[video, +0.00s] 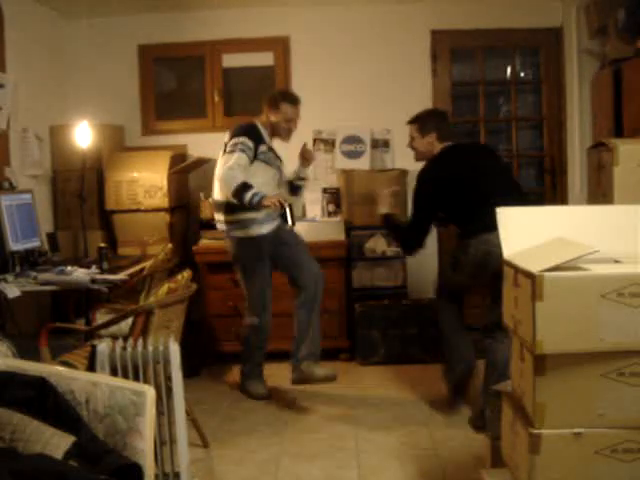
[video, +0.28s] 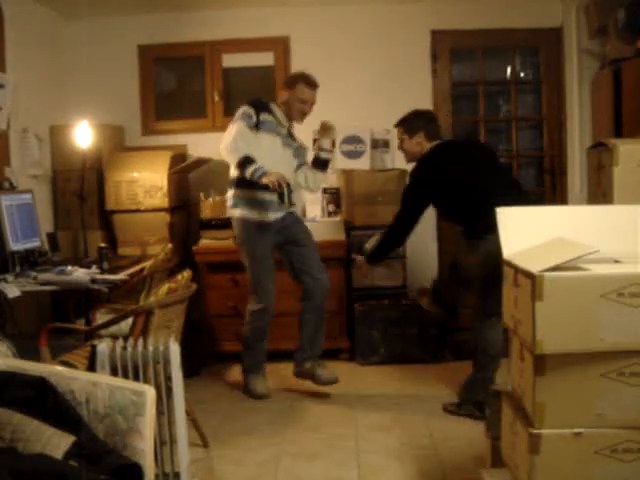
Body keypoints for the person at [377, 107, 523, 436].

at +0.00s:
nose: (411, 147)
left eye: (414, 140)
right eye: (410, 140)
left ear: (432, 138)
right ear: (438, 137)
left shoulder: (431, 175)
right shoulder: (483, 153)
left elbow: (412, 240)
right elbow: (514, 194)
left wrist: (389, 222)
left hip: (476, 244)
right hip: (516, 238)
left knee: (449, 304)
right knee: (501, 324)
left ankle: (461, 373)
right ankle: (494, 405)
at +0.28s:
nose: (401, 149)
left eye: (403, 141)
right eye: (400, 142)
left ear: (420, 138)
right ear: (427, 137)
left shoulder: (427, 170)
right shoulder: (471, 148)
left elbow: (404, 223)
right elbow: (507, 186)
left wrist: (371, 257)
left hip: (490, 238)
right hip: (527, 228)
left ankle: (479, 397)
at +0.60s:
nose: (389, 154)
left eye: (392, 147)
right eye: (387, 148)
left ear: (413, 143)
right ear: (415, 144)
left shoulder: (436, 164)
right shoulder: (444, 157)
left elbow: (444, 225)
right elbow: (441, 215)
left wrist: (398, 213)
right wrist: (399, 208)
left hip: (499, 229)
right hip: (511, 225)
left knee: (434, 249)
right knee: (485, 300)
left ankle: (455, 321)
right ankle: (489, 383)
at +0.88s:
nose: (390, 149)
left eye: (395, 141)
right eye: (389, 142)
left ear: (417, 139)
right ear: (416, 141)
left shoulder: (436, 164)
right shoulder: (436, 161)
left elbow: (415, 225)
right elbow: (415, 222)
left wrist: (368, 249)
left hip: (510, 220)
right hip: (514, 217)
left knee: (453, 273)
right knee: (490, 296)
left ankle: (464, 367)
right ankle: (499, 378)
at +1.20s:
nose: (406, 145)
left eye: (413, 139)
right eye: (404, 139)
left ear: (434, 139)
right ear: (403, 140)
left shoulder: (462, 173)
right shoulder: (421, 170)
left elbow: (478, 238)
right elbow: (430, 198)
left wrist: (459, 289)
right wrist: (397, 214)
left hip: (495, 235)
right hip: (461, 231)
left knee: (476, 307)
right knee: (416, 252)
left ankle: (474, 387)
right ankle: (431, 328)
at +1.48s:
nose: (431, 139)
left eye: (439, 132)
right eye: (428, 132)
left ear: (457, 134)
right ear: (425, 135)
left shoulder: (482, 173)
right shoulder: (426, 164)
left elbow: (488, 241)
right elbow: (419, 200)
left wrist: (471, 294)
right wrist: (392, 218)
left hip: (489, 251)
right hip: (457, 248)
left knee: (490, 320)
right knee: (436, 312)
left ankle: (496, 390)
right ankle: (432, 393)